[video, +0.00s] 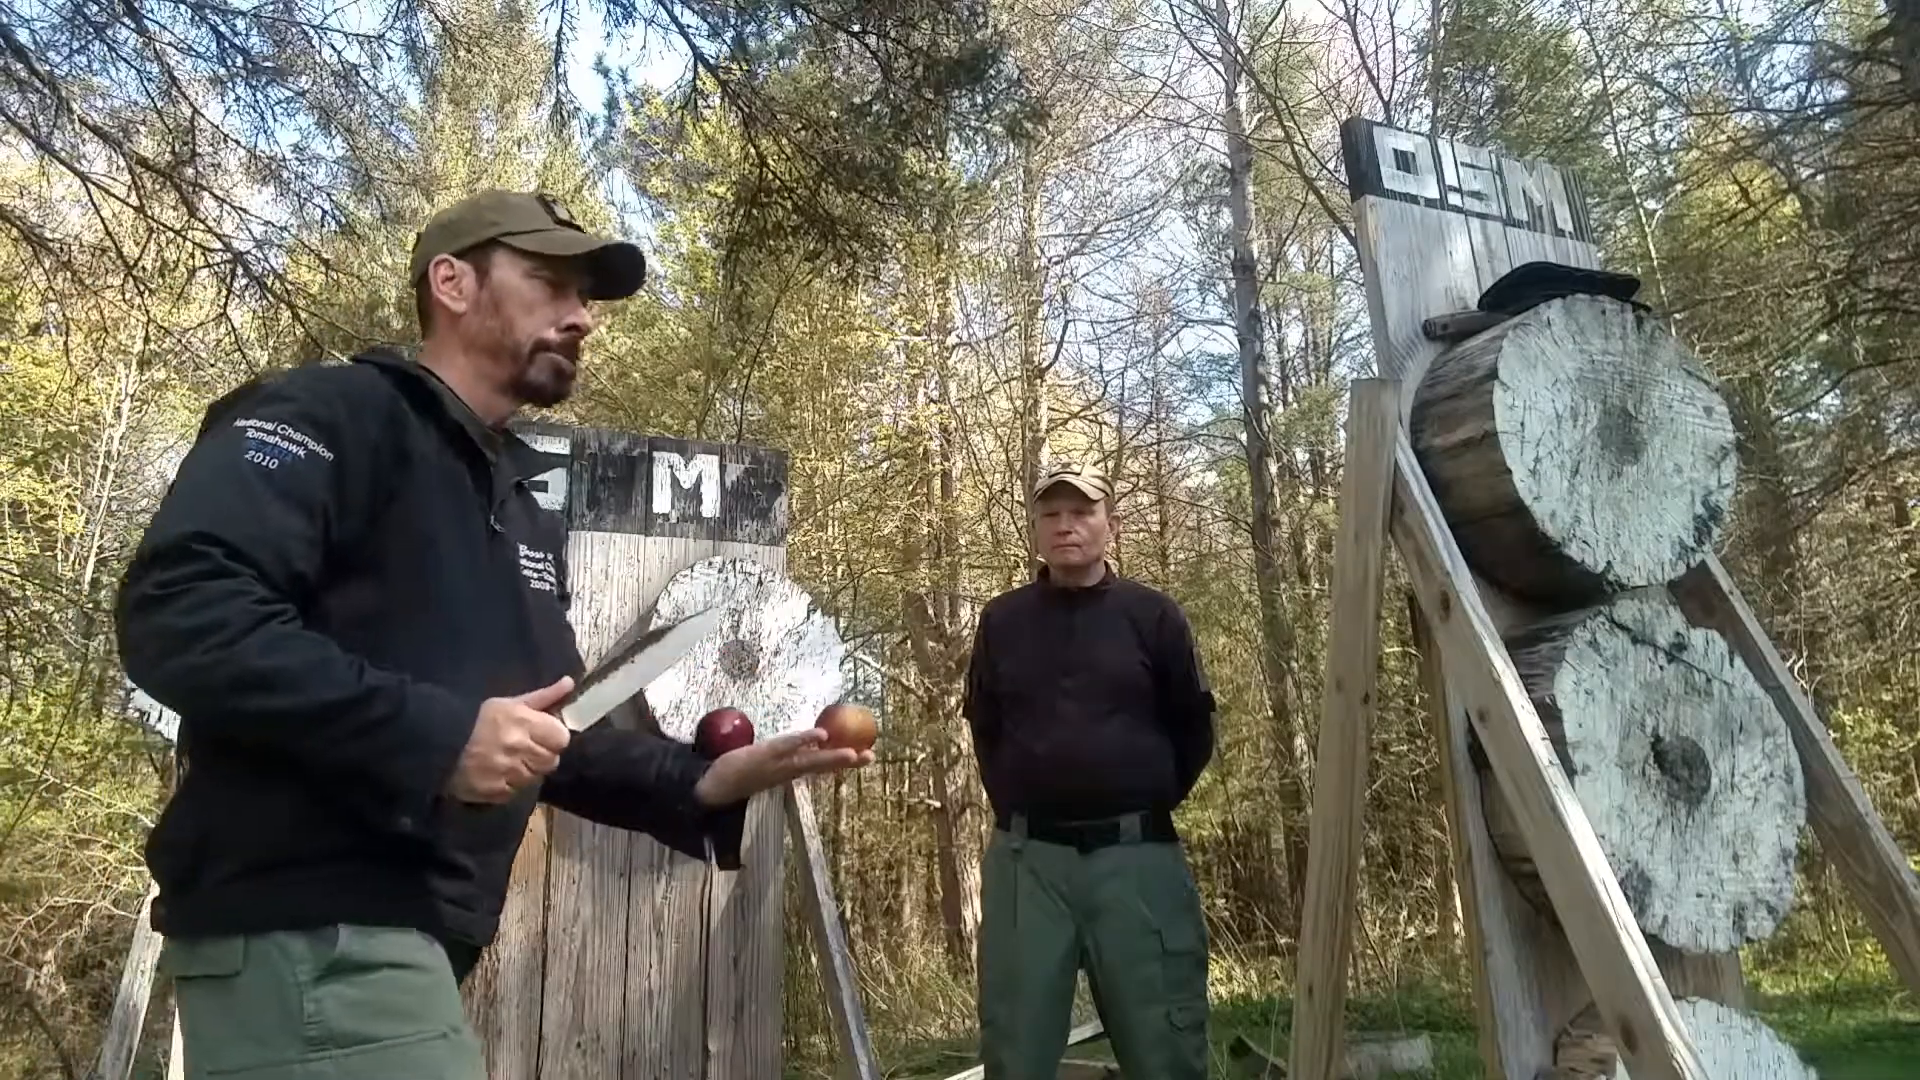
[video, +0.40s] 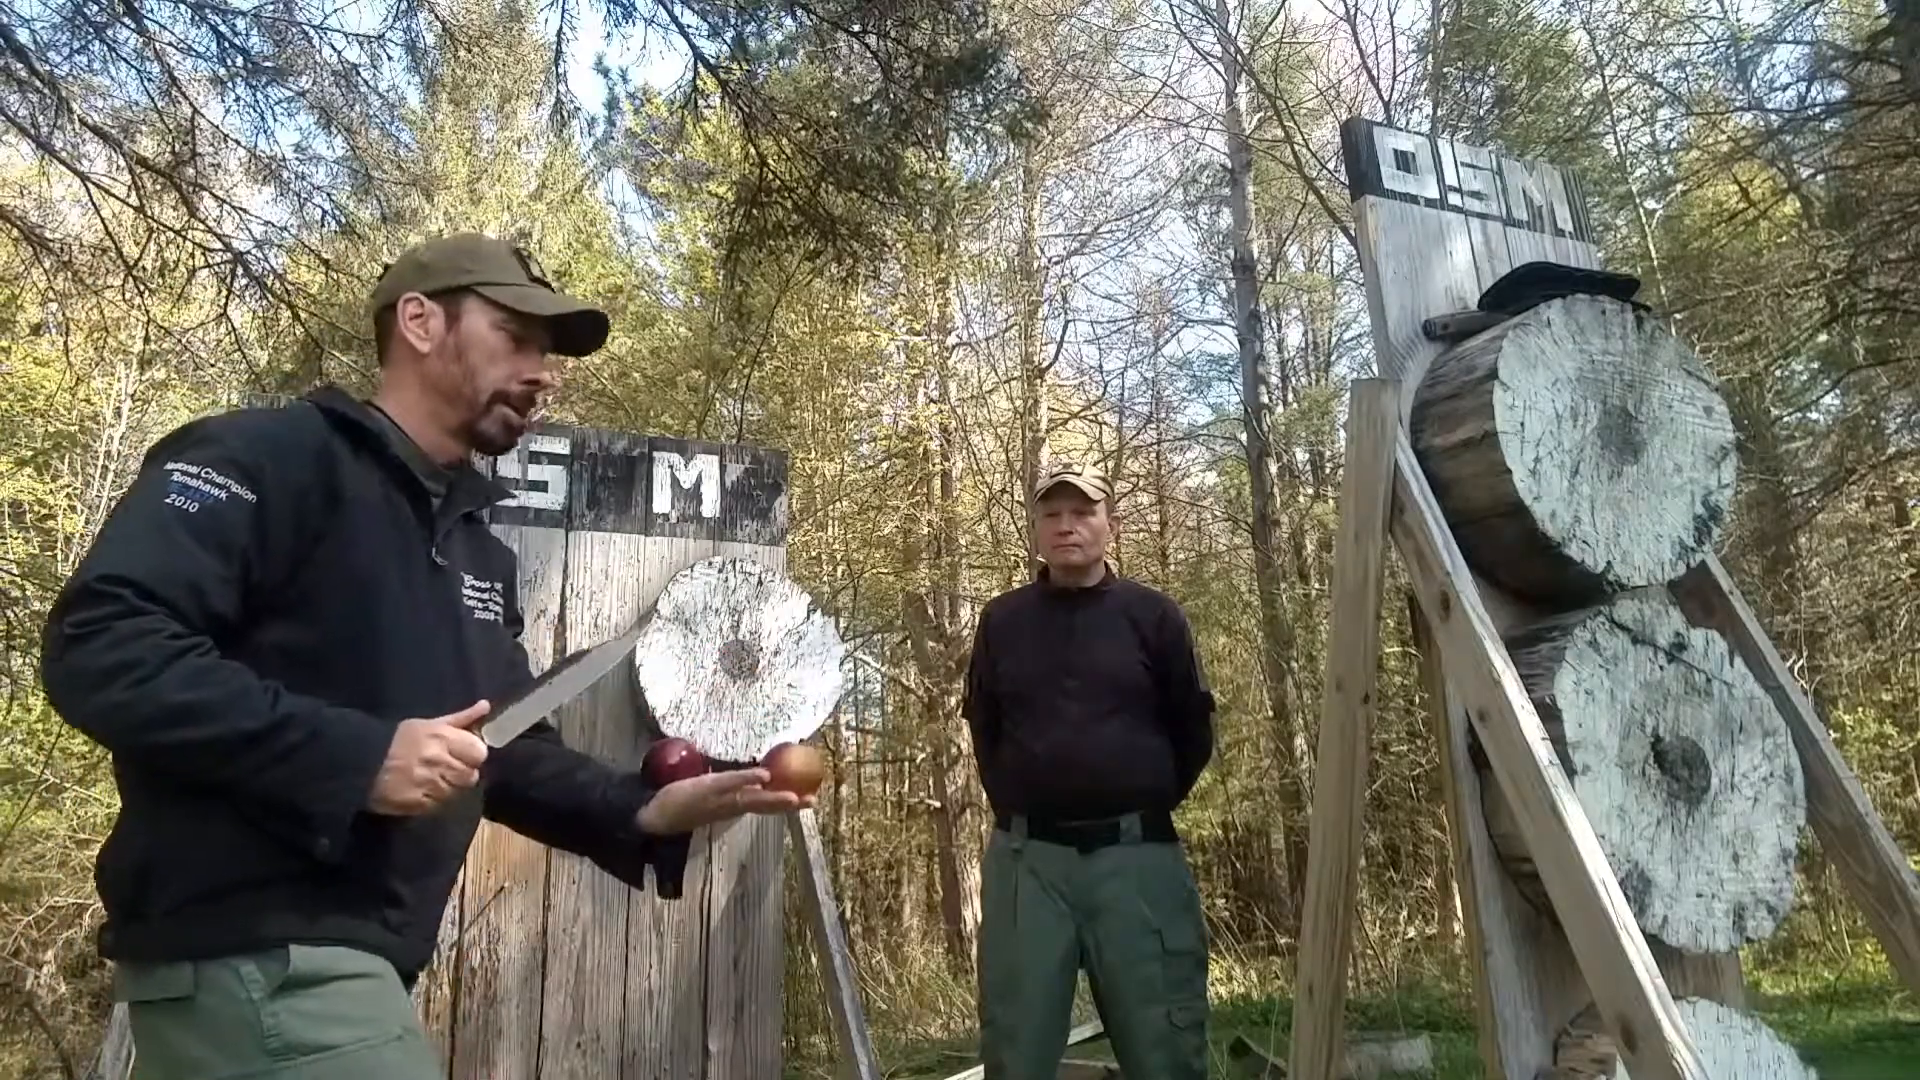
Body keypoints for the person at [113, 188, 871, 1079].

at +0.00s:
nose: (584, 317)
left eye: (588, 294)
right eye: (551, 281)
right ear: (452, 285)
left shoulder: (522, 514)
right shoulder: (331, 410)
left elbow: (524, 734)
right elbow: (179, 611)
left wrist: (708, 779)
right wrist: (442, 735)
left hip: (400, 942)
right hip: (307, 938)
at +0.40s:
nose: (547, 375)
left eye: (555, 351)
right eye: (524, 337)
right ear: (420, 324)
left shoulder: (478, 553)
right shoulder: (258, 457)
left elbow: (498, 750)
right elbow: (98, 651)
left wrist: (647, 809)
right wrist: (359, 753)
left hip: (352, 966)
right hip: (261, 966)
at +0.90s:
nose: (584, 402)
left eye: (587, 379)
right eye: (558, 364)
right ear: (459, 354)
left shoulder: (494, 590)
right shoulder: (299, 478)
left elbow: (486, 801)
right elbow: (142, 685)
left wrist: (657, 877)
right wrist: (409, 805)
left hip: (365, 1011)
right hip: (249, 1008)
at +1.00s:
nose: (570, 453)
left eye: (573, 427)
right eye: (544, 416)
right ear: (444, 408)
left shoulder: (490, 643)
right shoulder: (286, 546)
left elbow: (487, 856)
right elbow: (126, 771)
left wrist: (648, 939)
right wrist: (393, 891)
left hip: (375, 1042)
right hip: (234, 1043)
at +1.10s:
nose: (559, 472)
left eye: (564, 449)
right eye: (531, 439)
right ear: (428, 433)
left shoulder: (485, 662)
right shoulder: (268, 583)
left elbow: (521, 868)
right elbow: (128, 812)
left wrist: (672, 944)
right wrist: (389, 933)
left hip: (396, 1052)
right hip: (224, 1053)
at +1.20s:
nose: (545, 424)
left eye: (546, 399)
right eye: (517, 391)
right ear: (415, 387)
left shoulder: (486, 595)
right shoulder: (265, 538)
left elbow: (560, 762)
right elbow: (163, 748)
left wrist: (756, 777)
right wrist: (460, 803)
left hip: (419, 1021)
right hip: (285, 1025)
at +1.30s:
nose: (527, 343)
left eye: (525, 320)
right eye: (499, 312)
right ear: (401, 314)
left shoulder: (491, 497)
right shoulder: (298, 443)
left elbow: (609, 627)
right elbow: (277, 600)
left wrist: (778, 580)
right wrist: (538, 490)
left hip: (425, 924)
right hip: (343, 930)